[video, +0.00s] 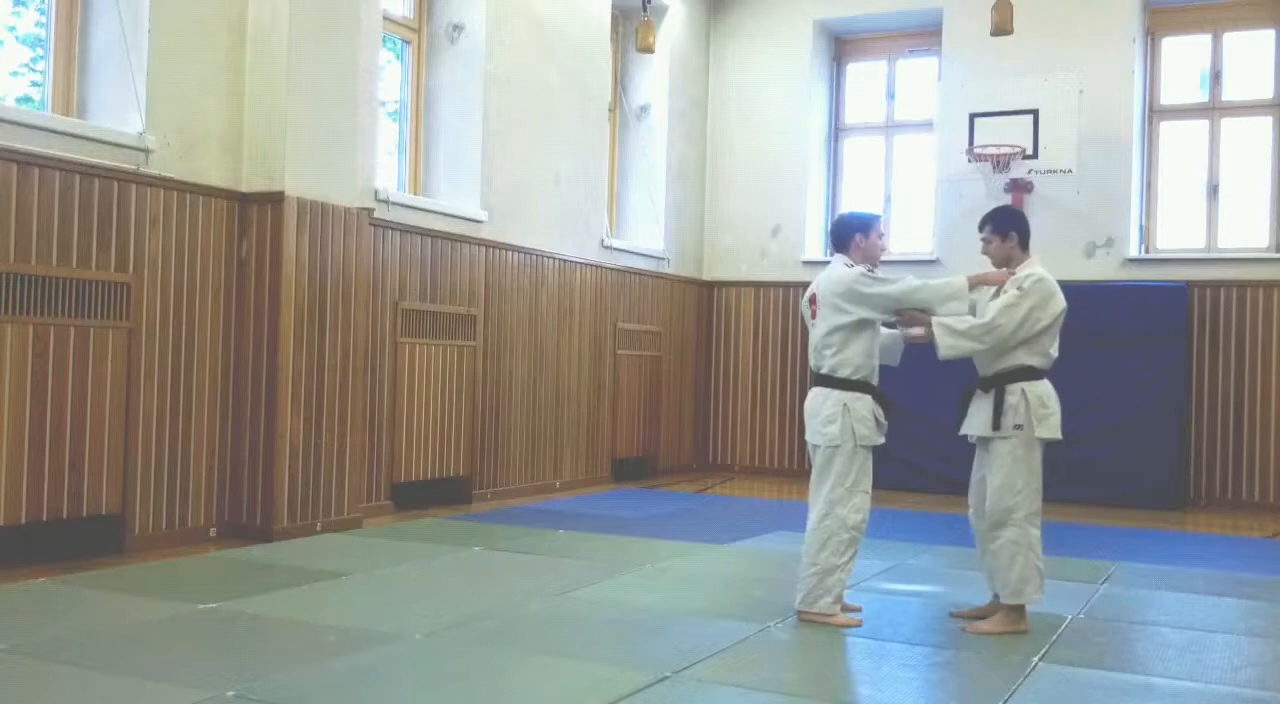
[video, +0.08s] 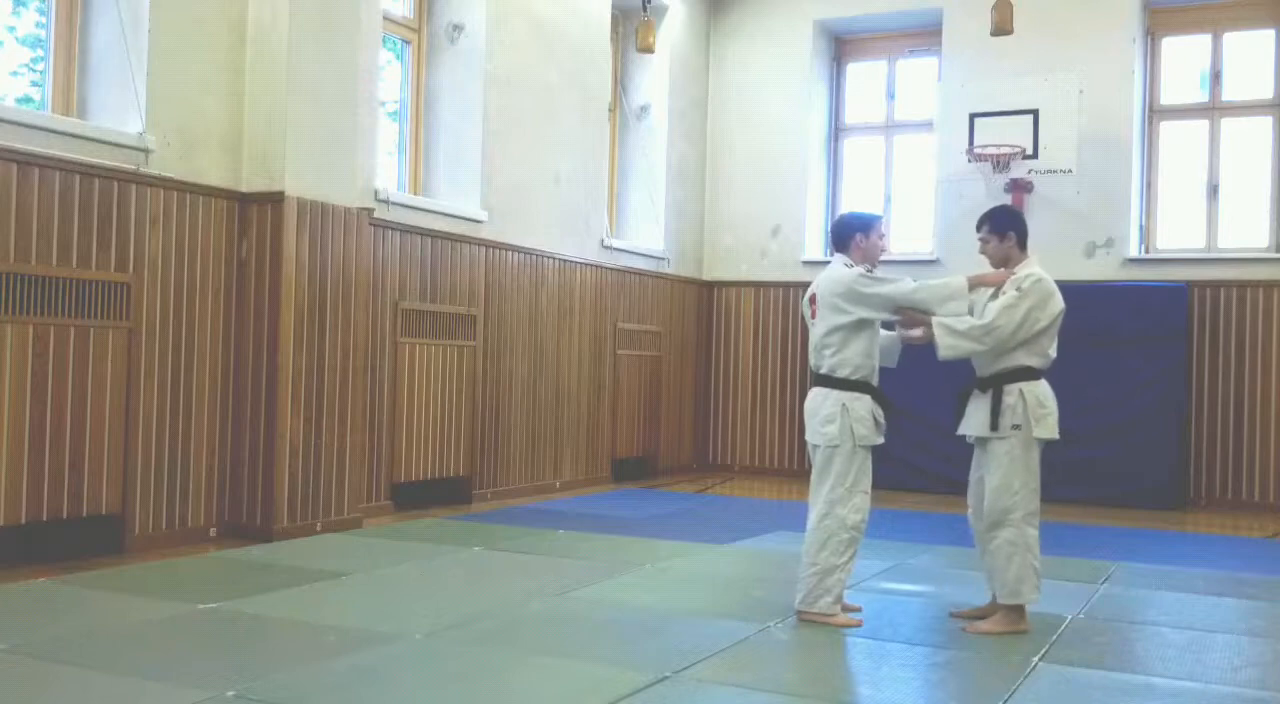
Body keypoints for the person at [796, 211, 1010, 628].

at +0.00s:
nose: (886, 245)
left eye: (884, 237)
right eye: (880, 237)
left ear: (853, 241)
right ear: (858, 241)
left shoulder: (831, 280)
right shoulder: (847, 279)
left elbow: (858, 340)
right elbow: (914, 293)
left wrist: (912, 334)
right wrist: (980, 280)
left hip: (835, 401)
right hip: (841, 406)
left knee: (837, 505)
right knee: (841, 509)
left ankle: (823, 593)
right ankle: (817, 603)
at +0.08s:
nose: (886, 245)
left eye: (885, 237)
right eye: (880, 237)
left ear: (853, 242)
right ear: (858, 241)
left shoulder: (832, 280)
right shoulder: (846, 280)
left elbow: (856, 342)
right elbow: (912, 294)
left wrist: (909, 336)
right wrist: (980, 281)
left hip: (836, 402)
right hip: (841, 407)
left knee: (838, 506)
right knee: (840, 509)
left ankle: (822, 593)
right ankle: (817, 603)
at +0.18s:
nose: (885, 245)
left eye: (884, 238)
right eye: (880, 238)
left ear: (853, 242)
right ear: (858, 241)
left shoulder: (833, 280)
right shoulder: (846, 280)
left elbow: (855, 344)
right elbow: (913, 295)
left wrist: (906, 337)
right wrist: (980, 281)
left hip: (838, 401)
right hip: (840, 406)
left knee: (838, 505)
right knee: (840, 508)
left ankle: (823, 593)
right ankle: (817, 603)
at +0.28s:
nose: (885, 245)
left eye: (884, 238)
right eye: (880, 238)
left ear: (853, 242)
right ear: (858, 241)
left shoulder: (832, 279)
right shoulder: (846, 280)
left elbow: (854, 340)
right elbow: (914, 291)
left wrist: (906, 334)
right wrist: (981, 275)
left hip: (836, 401)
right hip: (840, 406)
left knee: (838, 505)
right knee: (841, 508)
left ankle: (823, 594)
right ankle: (817, 603)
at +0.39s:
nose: (885, 246)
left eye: (884, 238)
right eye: (880, 238)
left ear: (851, 242)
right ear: (857, 241)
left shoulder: (830, 280)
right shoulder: (845, 280)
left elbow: (854, 339)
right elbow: (910, 292)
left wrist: (909, 332)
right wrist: (977, 273)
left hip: (834, 401)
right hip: (841, 406)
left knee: (837, 506)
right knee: (842, 509)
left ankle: (823, 594)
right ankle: (819, 602)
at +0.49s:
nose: (884, 246)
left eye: (883, 238)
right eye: (879, 238)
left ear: (851, 241)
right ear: (857, 241)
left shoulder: (829, 280)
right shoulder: (845, 280)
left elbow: (854, 341)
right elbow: (911, 292)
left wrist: (909, 333)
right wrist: (977, 276)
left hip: (833, 400)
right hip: (840, 406)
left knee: (836, 505)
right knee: (842, 508)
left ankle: (822, 594)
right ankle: (819, 602)